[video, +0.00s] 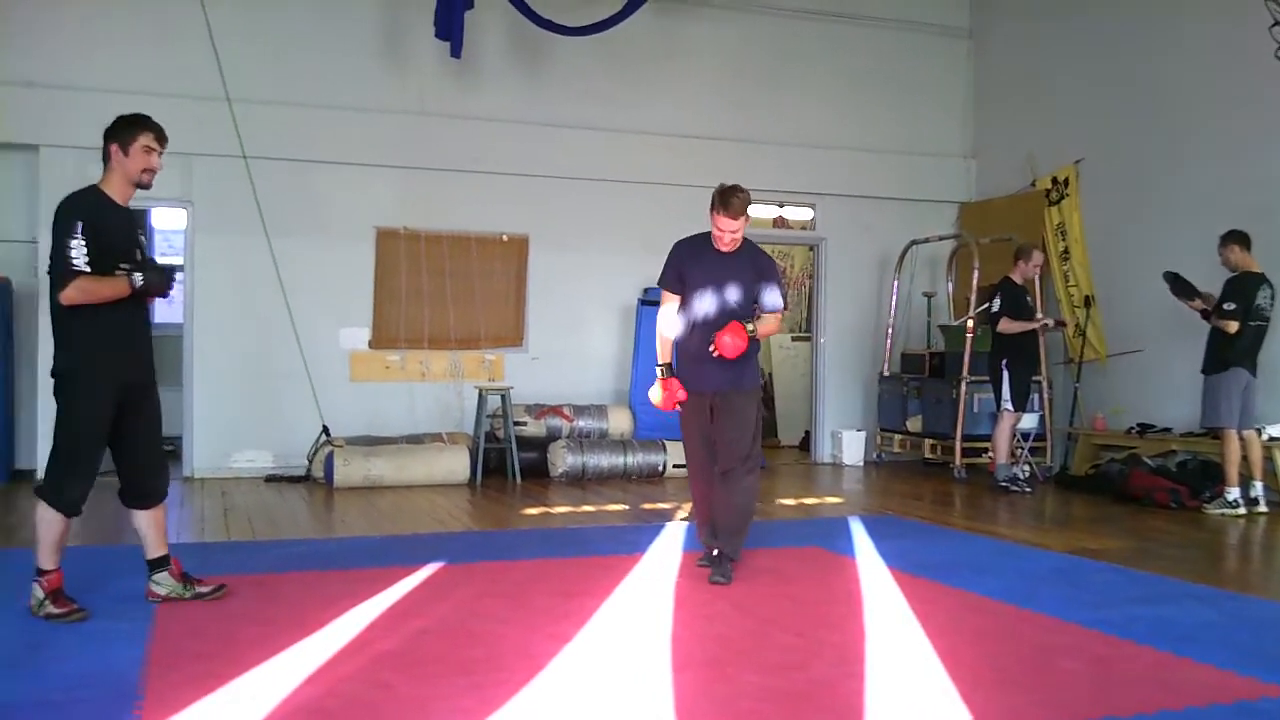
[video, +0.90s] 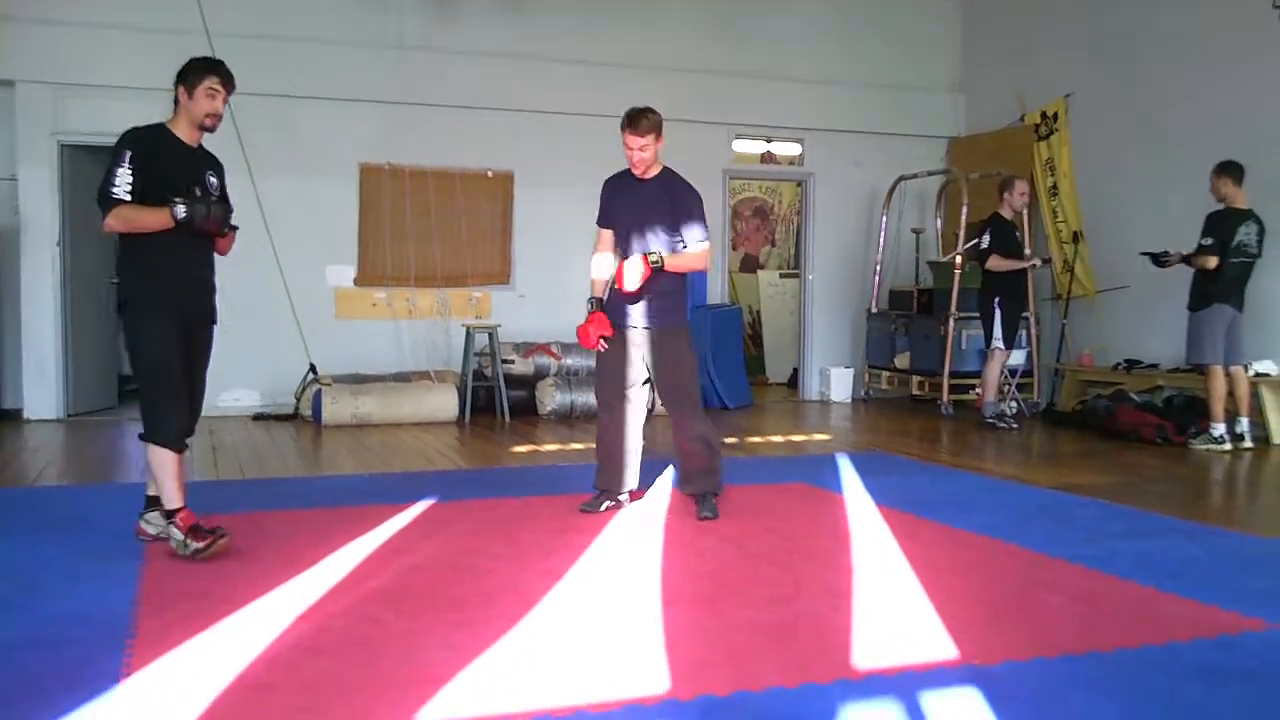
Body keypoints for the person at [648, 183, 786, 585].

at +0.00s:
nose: (725, 238)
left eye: (733, 232)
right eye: (719, 230)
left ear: (746, 222)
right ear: (710, 217)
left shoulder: (761, 264)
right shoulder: (685, 252)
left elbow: (775, 318)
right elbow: (667, 312)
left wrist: (748, 332)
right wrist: (664, 370)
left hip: (738, 385)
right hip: (691, 382)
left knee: (735, 465)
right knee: (700, 464)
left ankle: (726, 552)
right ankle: (711, 544)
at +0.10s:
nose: (741, 236)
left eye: (749, 230)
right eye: (735, 227)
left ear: (761, 220)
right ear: (725, 212)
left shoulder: (770, 261)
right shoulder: (695, 247)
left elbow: (786, 317)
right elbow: (674, 306)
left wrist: (759, 331)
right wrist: (673, 364)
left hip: (747, 383)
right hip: (700, 379)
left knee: (742, 463)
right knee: (710, 462)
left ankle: (736, 550)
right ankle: (725, 533)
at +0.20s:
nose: (738, 231)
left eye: (747, 225)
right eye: (733, 222)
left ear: (761, 216)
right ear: (724, 206)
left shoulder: (771, 260)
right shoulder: (695, 241)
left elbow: (786, 315)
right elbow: (675, 302)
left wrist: (759, 327)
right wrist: (671, 361)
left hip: (745, 381)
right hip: (696, 374)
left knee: (742, 462)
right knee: (693, 452)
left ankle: (737, 549)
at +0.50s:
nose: (714, 228)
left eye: (723, 222)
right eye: (709, 219)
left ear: (740, 211)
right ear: (701, 206)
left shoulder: (755, 256)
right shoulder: (686, 236)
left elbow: (777, 319)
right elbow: (670, 297)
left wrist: (737, 325)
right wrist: (654, 353)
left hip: (726, 374)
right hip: (680, 367)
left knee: (732, 462)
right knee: (662, 443)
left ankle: (733, 546)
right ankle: (706, 484)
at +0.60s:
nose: (696, 223)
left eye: (704, 216)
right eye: (691, 214)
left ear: (721, 206)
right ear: (683, 203)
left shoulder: (740, 251)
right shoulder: (673, 235)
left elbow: (763, 314)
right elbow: (658, 294)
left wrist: (717, 319)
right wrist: (642, 352)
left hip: (715, 373)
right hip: (667, 367)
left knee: (722, 459)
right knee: (656, 452)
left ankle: (726, 544)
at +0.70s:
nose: (675, 199)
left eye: (683, 191)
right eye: (669, 191)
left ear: (699, 181)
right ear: (662, 182)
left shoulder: (721, 225)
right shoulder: (653, 217)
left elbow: (742, 288)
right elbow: (641, 274)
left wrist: (694, 291)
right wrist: (629, 329)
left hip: (700, 348)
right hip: (655, 344)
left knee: (709, 432)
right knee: (643, 426)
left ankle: (718, 512)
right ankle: (624, 506)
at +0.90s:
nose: (635, 157)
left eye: (643, 149)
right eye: (629, 148)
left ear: (659, 144)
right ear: (622, 144)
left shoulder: (682, 193)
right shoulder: (615, 187)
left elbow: (701, 258)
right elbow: (604, 250)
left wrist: (655, 260)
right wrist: (597, 305)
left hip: (667, 321)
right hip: (620, 320)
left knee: (683, 406)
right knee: (617, 406)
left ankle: (705, 488)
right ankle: (616, 487)